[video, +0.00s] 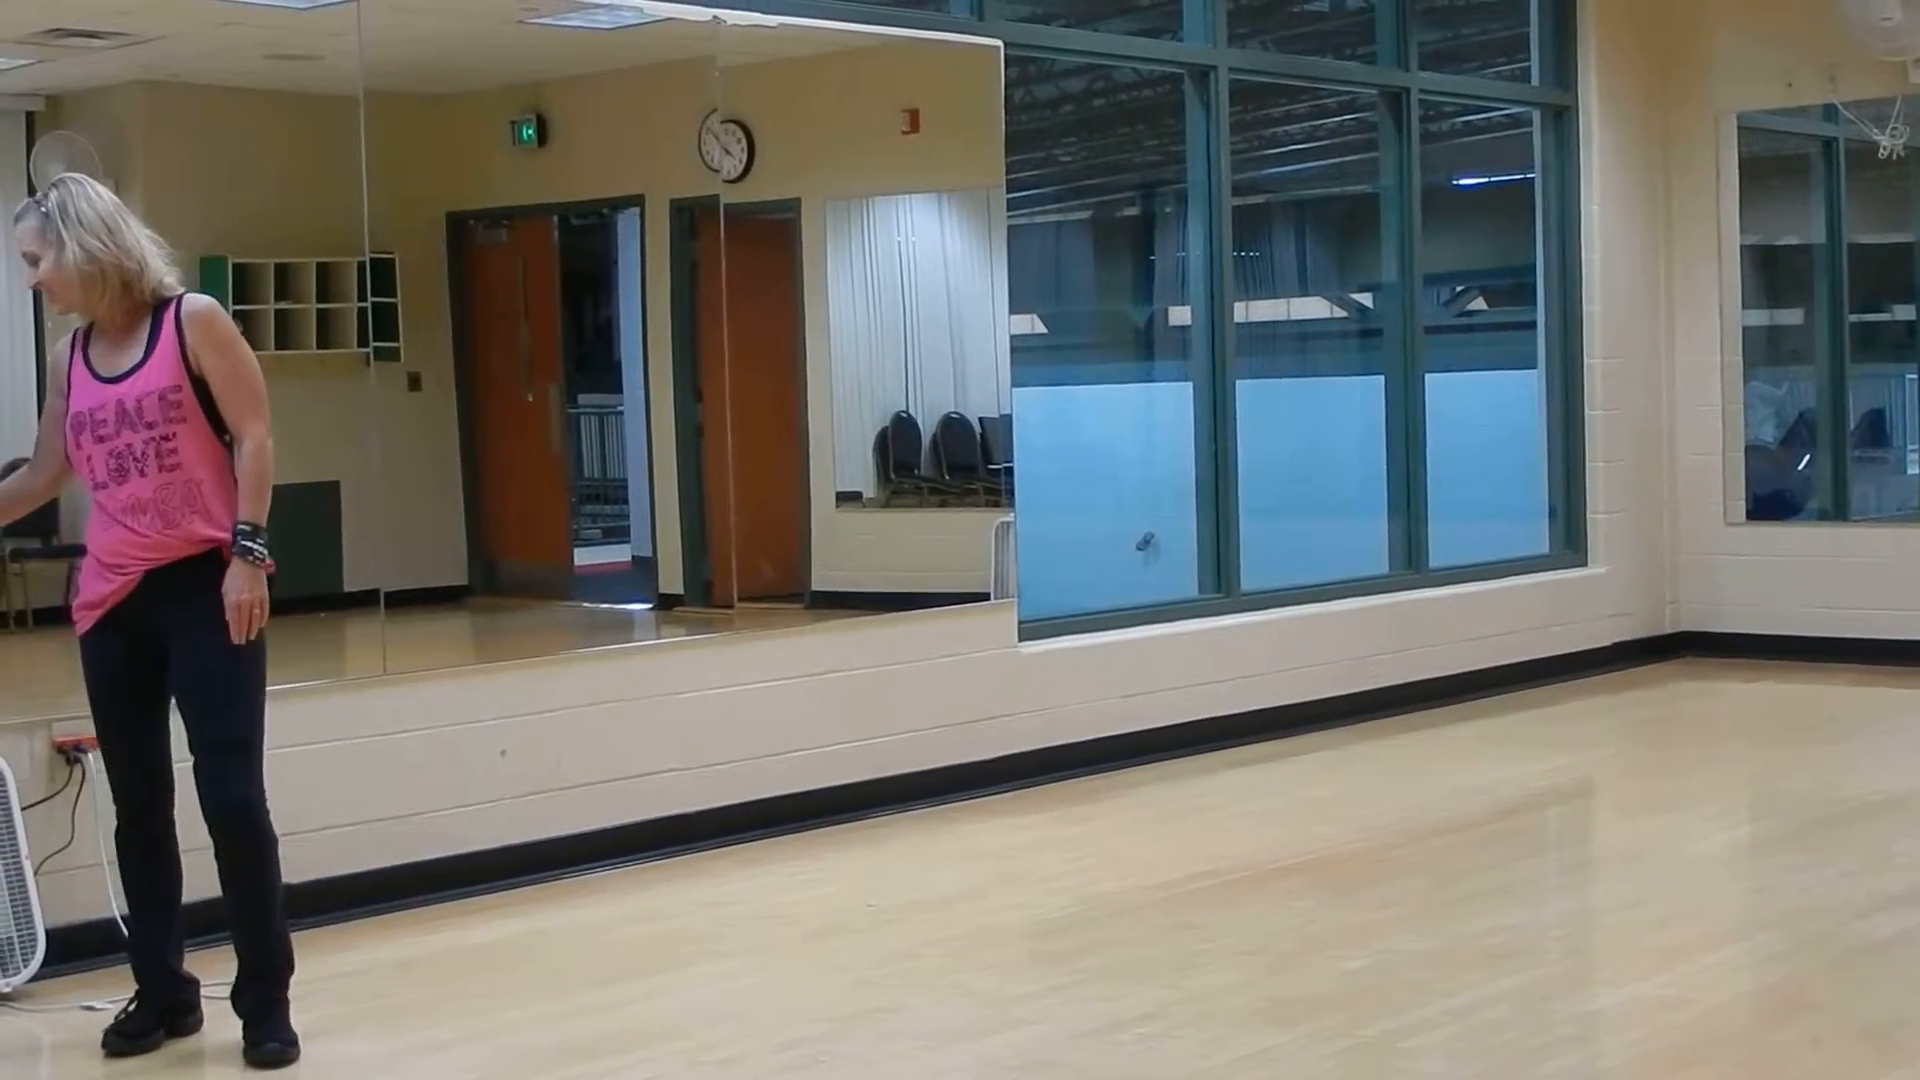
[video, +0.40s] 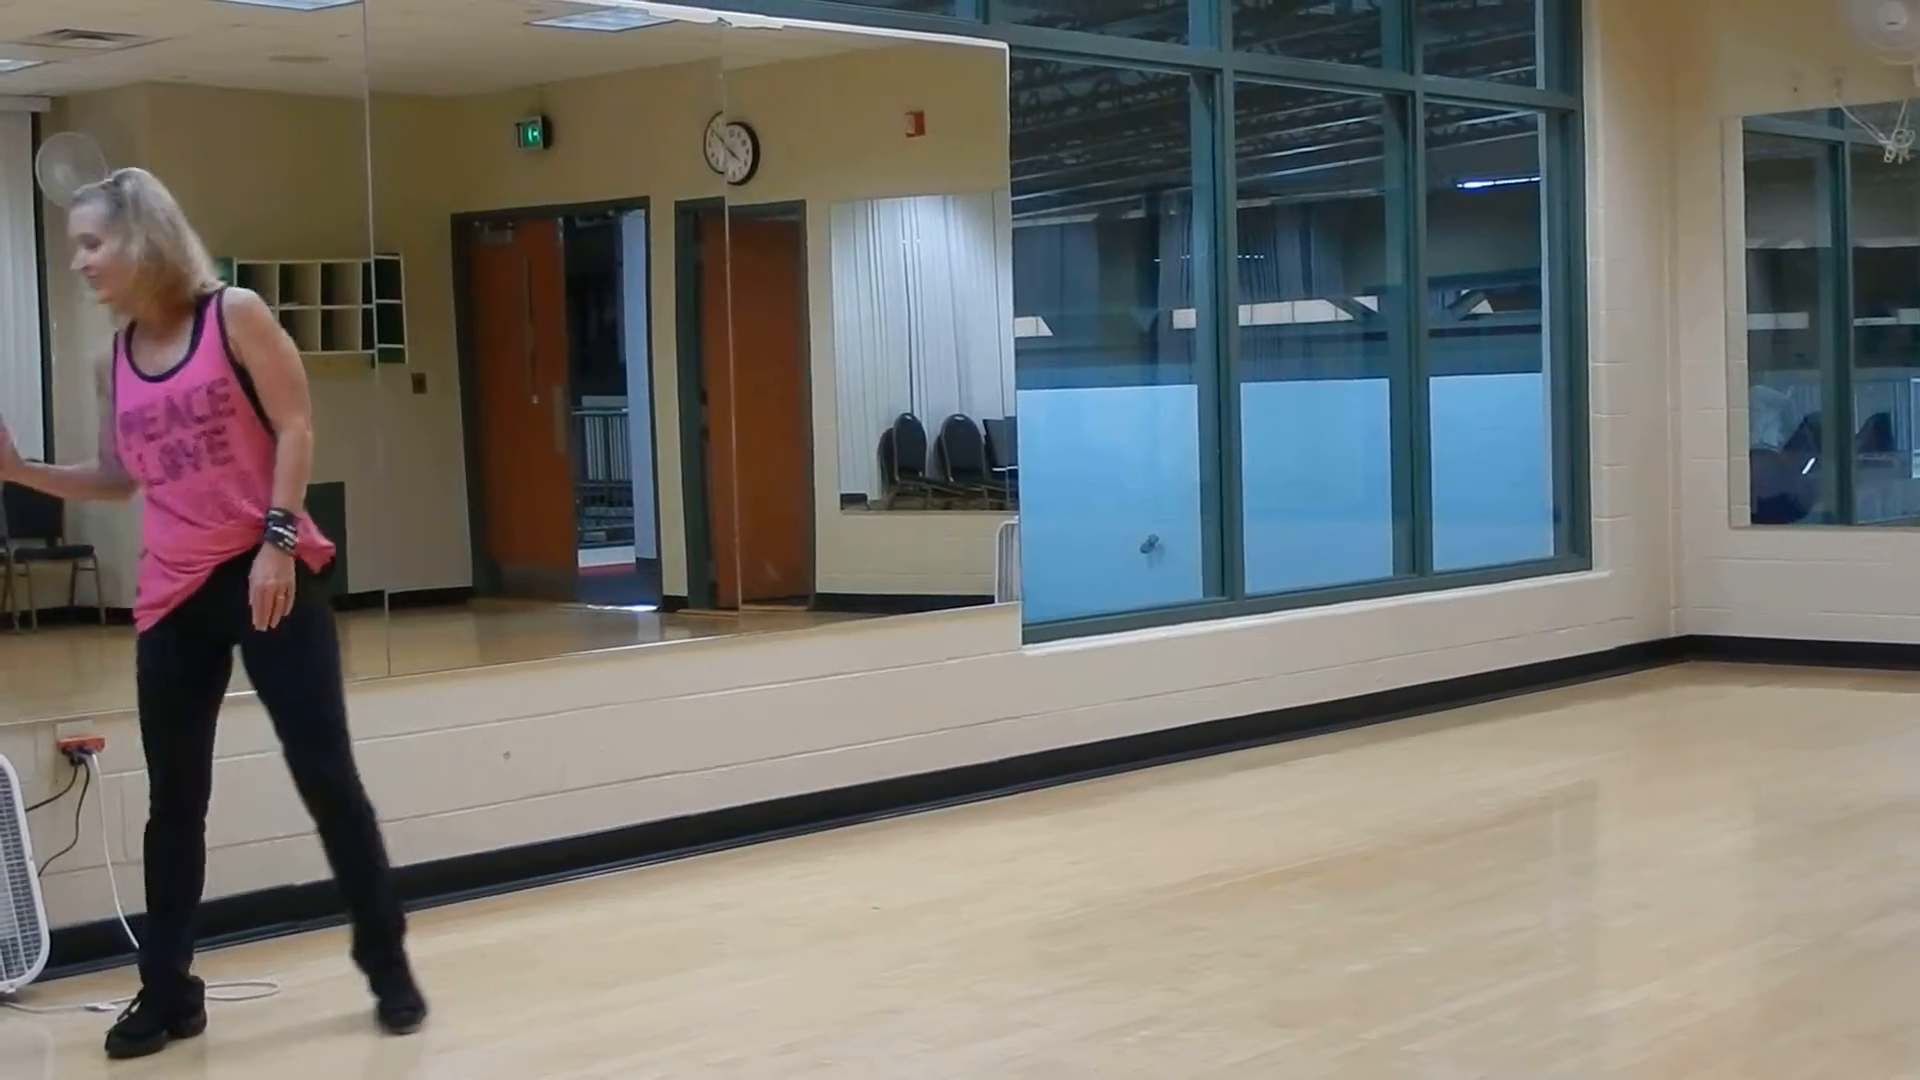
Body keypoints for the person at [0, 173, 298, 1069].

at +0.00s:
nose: (32, 281)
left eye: (38, 260)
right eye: (27, 265)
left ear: (88, 249)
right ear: (73, 260)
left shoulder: (193, 320)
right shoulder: (72, 353)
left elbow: (255, 435)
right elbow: (49, 469)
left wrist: (250, 553)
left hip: (207, 584)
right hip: (113, 595)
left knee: (233, 799)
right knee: (139, 803)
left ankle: (266, 1002)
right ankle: (164, 992)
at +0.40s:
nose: (84, 267)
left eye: (95, 246)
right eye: (77, 252)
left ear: (149, 240)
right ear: (96, 259)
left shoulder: (235, 314)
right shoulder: (120, 357)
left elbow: (295, 424)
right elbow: (122, 479)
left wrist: (278, 542)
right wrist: (22, 470)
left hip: (267, 574)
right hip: (174, 593)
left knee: (326, 778)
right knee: (175, 798)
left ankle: (388, 966)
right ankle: (167, 989)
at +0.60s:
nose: (200, 250)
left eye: (219, 233)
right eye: (190, 236)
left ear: (263, 242)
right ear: (178, 254)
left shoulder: (323, 325)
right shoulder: (186, 361)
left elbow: (376, 434)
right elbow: (144, 477)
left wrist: (384, 545)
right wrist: (35, 465)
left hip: (346, 579)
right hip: (246, 598)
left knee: (406, 778)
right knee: (213, 797)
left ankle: (447, 958)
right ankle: (175, 990)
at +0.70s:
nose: (281, 250)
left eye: (299, 235)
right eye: (266, 238)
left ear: (332, 251)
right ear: (245, 260)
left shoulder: (384, 339)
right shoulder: (233, 372)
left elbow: (433, 455)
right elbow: (186, 482)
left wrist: (454, 556)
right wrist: (80, 469)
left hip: (406, 589)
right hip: (305, 608)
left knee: (446, 787)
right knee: (249, 798)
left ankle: (448, 966)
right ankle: (180, 988)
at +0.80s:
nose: (351, 250)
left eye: (366, 238)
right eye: (334, 239)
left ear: (390, 257)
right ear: (304, 261)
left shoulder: (433, 345)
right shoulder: (285, 374)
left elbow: (478, 457)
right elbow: (243, 483)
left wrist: (511, 559)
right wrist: (174, 502)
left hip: (454, 591)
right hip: (359, 608)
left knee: (474, 786)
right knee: (305, 798)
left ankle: (449, 969)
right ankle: (212, 987)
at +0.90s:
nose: (408, 238)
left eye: (420, 226)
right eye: (388, 226)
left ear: (439, 248)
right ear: (354, 249)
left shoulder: (469, 334)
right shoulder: (331, 357)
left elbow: (506, 445)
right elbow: (295, 466)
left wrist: (543, 548)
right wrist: (277, 530)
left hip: (480, 586)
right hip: (391, 599)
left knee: (479, 791)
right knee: (386, 793)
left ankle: (448, 968)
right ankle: (308, 973)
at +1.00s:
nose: (452, 228)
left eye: (462, 216)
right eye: (432, 216)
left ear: (478, 239)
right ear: (395, 240)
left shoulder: (497, 332)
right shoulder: (373, 344)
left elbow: (527, 439)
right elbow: (342, 462)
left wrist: (565, 545)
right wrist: (351, 561)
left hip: (498, 580)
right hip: (422, 589)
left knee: (486, 772)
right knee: (476, 770)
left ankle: (449, 962)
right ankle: (430, 977)